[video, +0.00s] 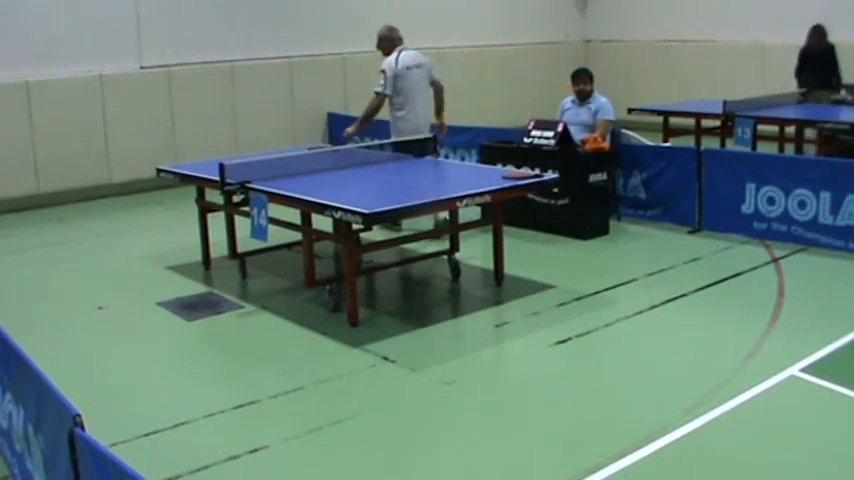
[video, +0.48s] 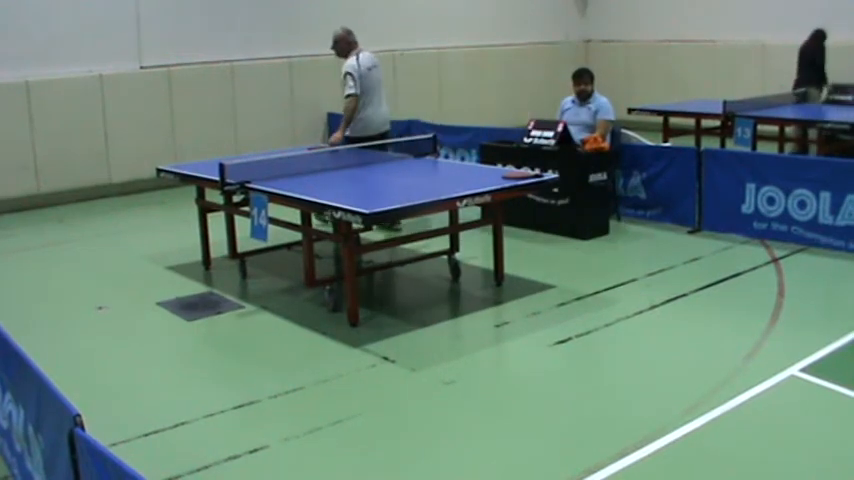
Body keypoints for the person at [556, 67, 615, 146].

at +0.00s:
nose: (581, 87)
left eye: (585, 84)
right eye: (577, 84)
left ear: (592, 85)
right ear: (572, 86)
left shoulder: (602, 104)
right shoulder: (566, 103)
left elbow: (601, 135)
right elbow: (560, 127)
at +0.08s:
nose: (581, 87)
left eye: (585, 84)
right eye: (577, 84)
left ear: (591, 85)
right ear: (572, 86)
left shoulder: (602, 104)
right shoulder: (566, 103)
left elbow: (601, 135)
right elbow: (560, 128)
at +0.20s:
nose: (581, 88)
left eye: (585, 84)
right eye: (577, 84)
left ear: (592, 85)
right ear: (572, 86)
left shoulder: (602, 103)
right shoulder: (566, 103)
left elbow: (601, 135)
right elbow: (560, 128)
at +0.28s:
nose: (582, 88)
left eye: (586, 84)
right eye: (578, 84)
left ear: (592, 85)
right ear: (573, 86)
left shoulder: (602, 104)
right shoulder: (566, 103)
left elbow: (601, 135)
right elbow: (560, 127)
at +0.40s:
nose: (582, 88)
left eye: (586, 84)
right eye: (578, 84)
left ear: (592, 85)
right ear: (573, 86)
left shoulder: (602, 103)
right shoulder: (566, 103)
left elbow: (601, 135)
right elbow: (560, 127)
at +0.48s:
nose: (582, 88)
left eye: (586, 84)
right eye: (578, 84)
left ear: (592, 85)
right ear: (573, 86)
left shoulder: (602, 103)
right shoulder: (566, 103)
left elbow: (601, 135)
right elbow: (560, 127)